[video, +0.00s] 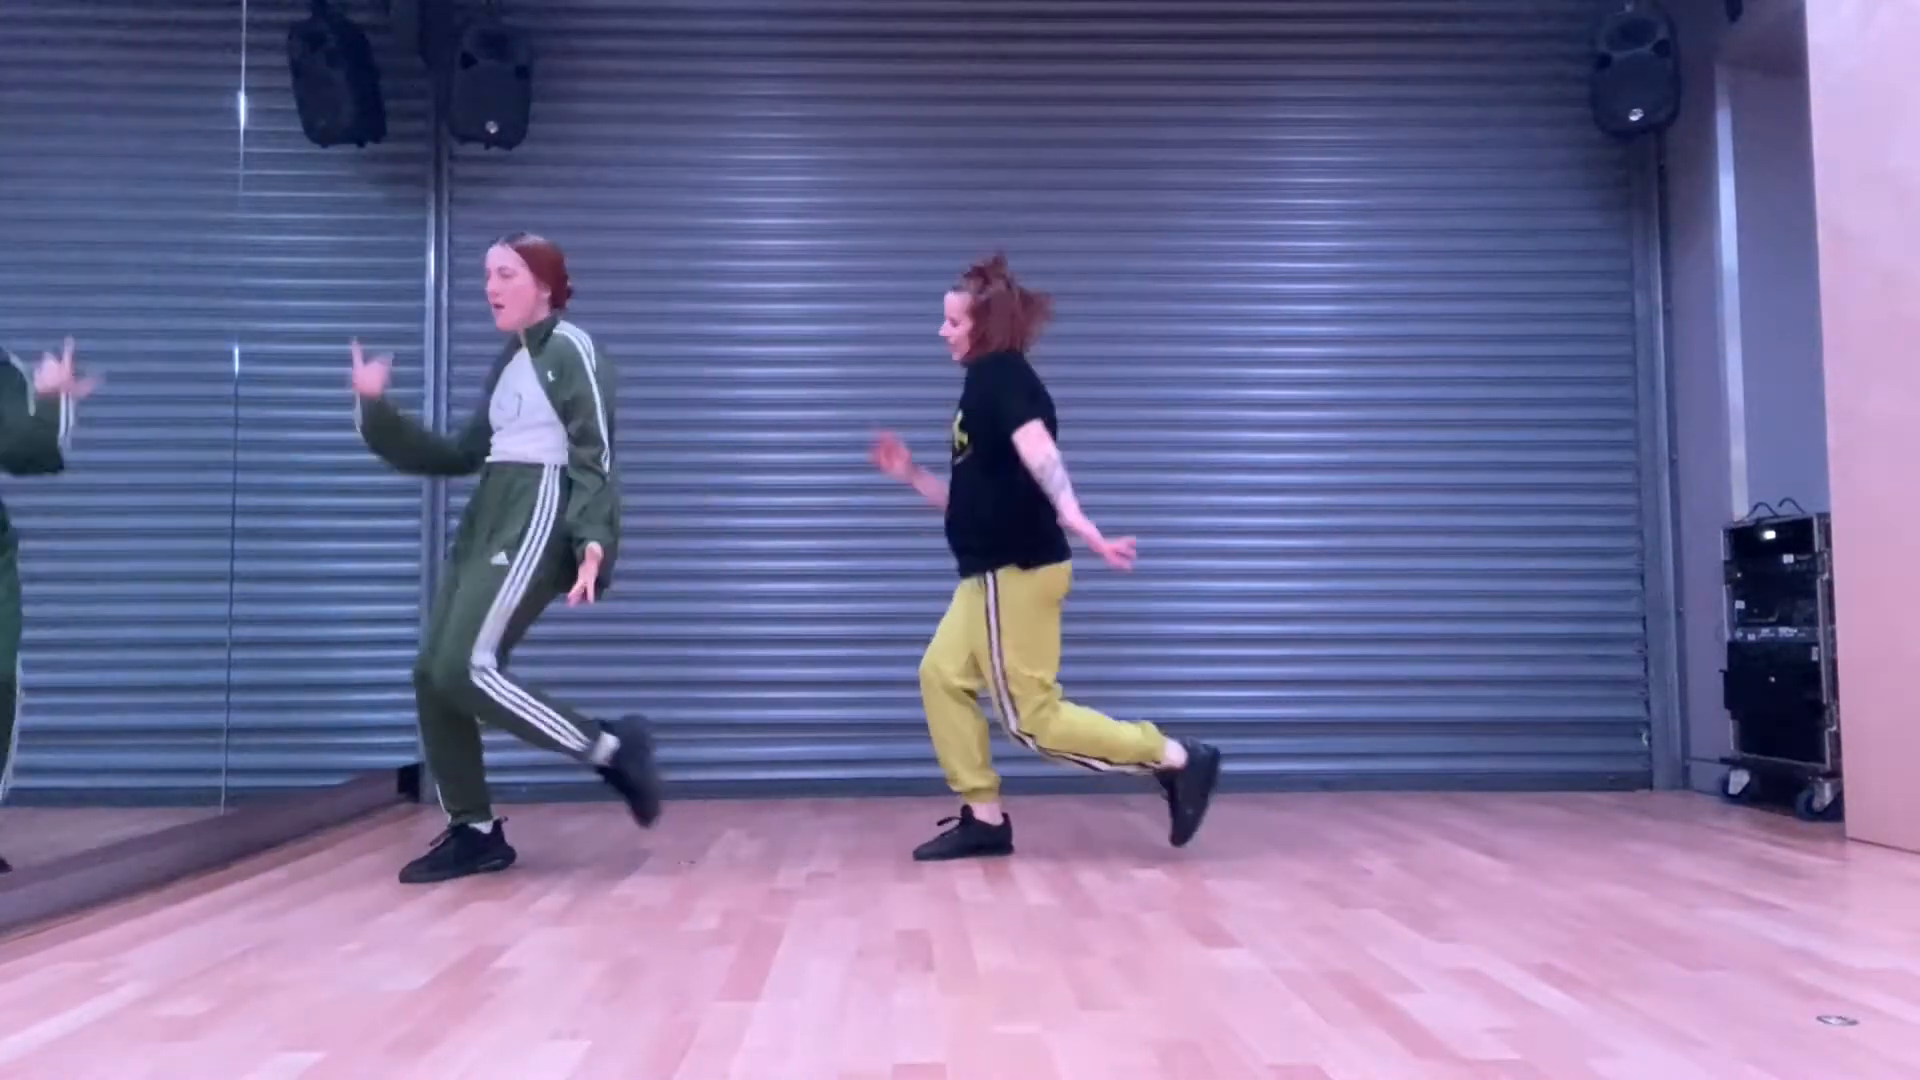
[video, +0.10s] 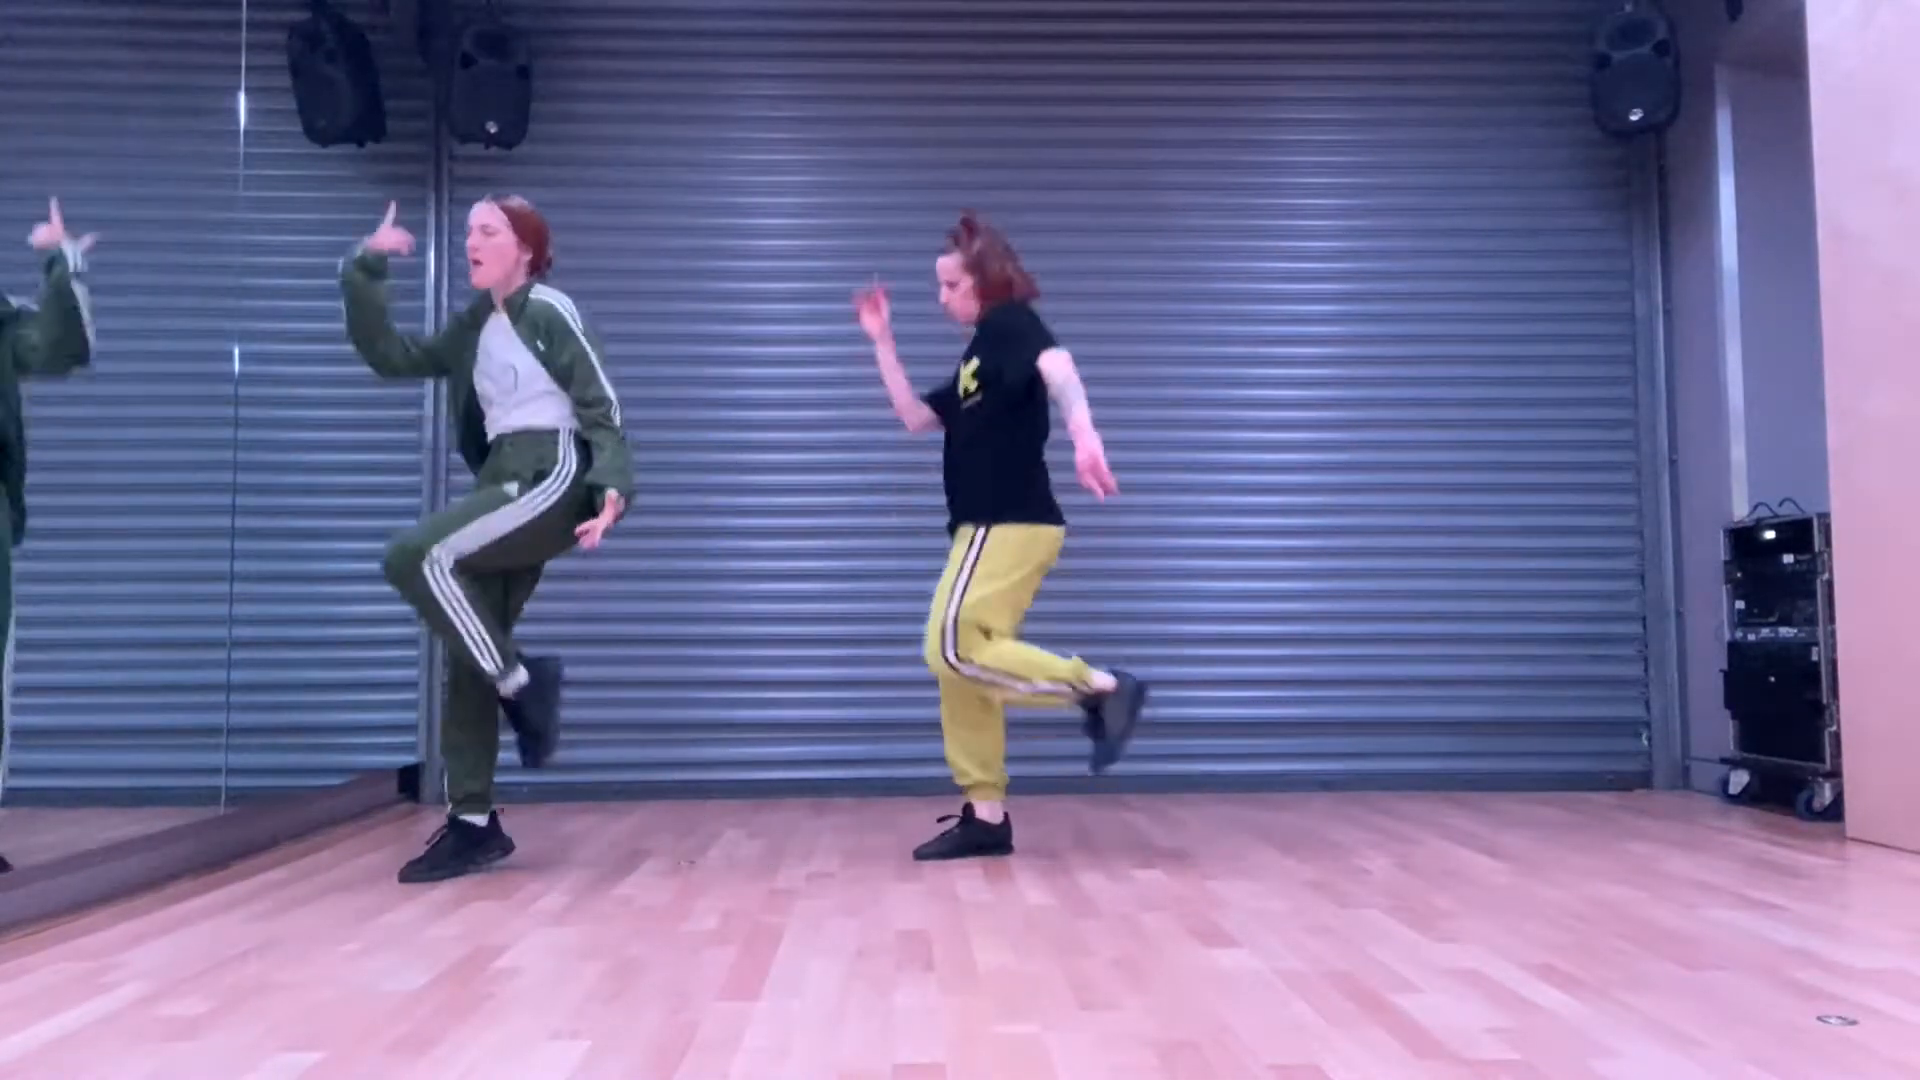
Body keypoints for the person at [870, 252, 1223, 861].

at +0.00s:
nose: (943, 331)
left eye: (953, 320)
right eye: (944, 319)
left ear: (987, 324)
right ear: (971, 323)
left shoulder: (1001, 375)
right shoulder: (981, 382)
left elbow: (1041, 457)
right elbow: (967, 500)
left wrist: (1088, 532)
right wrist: (911, 473)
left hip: (1021, 569)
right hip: (991, 570)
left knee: (1032, 718)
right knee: (942, 675)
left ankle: (1179, 761)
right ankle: (984, 818)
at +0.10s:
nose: (941, 298)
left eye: (948, 286)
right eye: (940, 287)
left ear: (981, 282)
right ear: (964, 285)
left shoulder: (1012, 323)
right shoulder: (978, 361)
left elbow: (1059, 371)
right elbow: (914, 415)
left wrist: (1085, 441)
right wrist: (882, 339)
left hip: (1008, 524)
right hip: (993, 527)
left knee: (955, 651)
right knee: (962, 662)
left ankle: (1099, 690)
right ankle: (985, 817)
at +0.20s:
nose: (929, 255)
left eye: (940, 244)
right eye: (928, 244)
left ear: (977, 241)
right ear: (944, 247)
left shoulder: (1008, 276)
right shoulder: (951, 314)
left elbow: (1076, 293)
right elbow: (874, 318)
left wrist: (1075, 345)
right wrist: (861, 236)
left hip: (1024, 469)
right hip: (1033, 486)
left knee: (900, 511)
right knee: (1001, 634)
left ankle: (1003, 623)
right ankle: (983, 795)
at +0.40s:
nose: (935, 272)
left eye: (943, 262)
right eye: (934, 262)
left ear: (978, 262)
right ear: (957, 267)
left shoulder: (1024, 306)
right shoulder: (954, 330)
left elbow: (1085, 309)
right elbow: (886, 358)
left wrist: (1025, 353)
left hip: (1026, 486)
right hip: (995, 495)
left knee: (877, 479)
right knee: (983, 641)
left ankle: (965, 604)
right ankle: (988, 809)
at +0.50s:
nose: (954, 294)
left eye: (964, 283)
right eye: (953, 283)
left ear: (999, 279)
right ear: (991, 283)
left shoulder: (1054, 331)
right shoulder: (995, 354)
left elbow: (1075, 406)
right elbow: (961, 437)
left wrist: (1006, 462)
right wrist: (892, 465)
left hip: (985, 510)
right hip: (994, 514)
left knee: (885, 621)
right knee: (973, 654)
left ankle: (999, 727)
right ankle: (988, 817)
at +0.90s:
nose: (1041, 239)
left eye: (1058, 236)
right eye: (1048, 233)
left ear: (1074, 270)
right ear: (1047, 265)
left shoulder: (1077, 328)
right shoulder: (1021, 323)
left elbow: (1112, 287)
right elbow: (985, 304)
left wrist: (1080, 244)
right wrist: (938, 282)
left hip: (1096, 533)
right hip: (1118, 527)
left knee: (1051, 671)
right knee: (1117, 679)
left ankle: (1018, 825)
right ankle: (1224, 793)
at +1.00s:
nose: (1045, 280)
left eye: (1057, 274)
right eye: (1051, 270)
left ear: (1083, 293)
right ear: (1068, 292)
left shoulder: (1107, 332)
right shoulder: (1053, 341)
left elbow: (1145, 312)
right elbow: (1006, 345)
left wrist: (1099, 322)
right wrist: (954, 363)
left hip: (1112, 540)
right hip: (1166, 532)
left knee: (1037, 661)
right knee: (1171, 679)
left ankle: (1017, 811)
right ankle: (1250, 809)